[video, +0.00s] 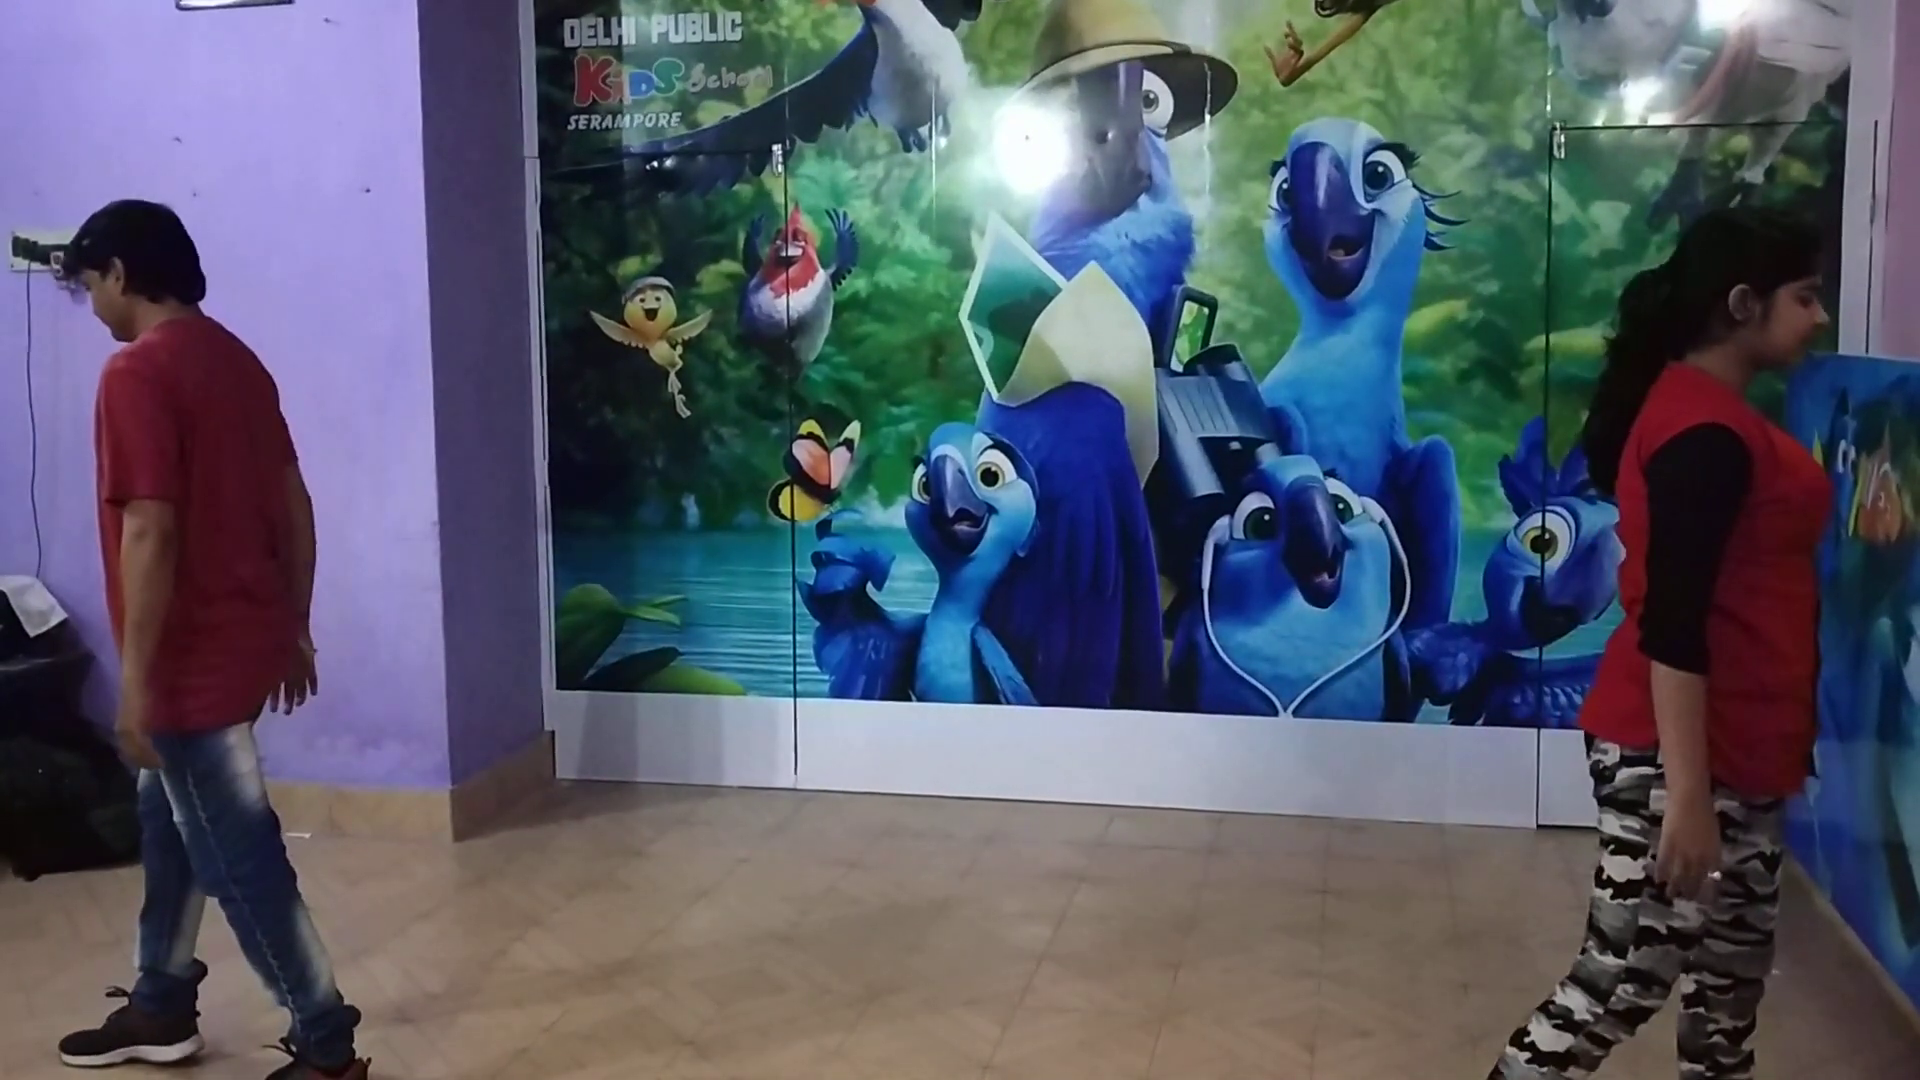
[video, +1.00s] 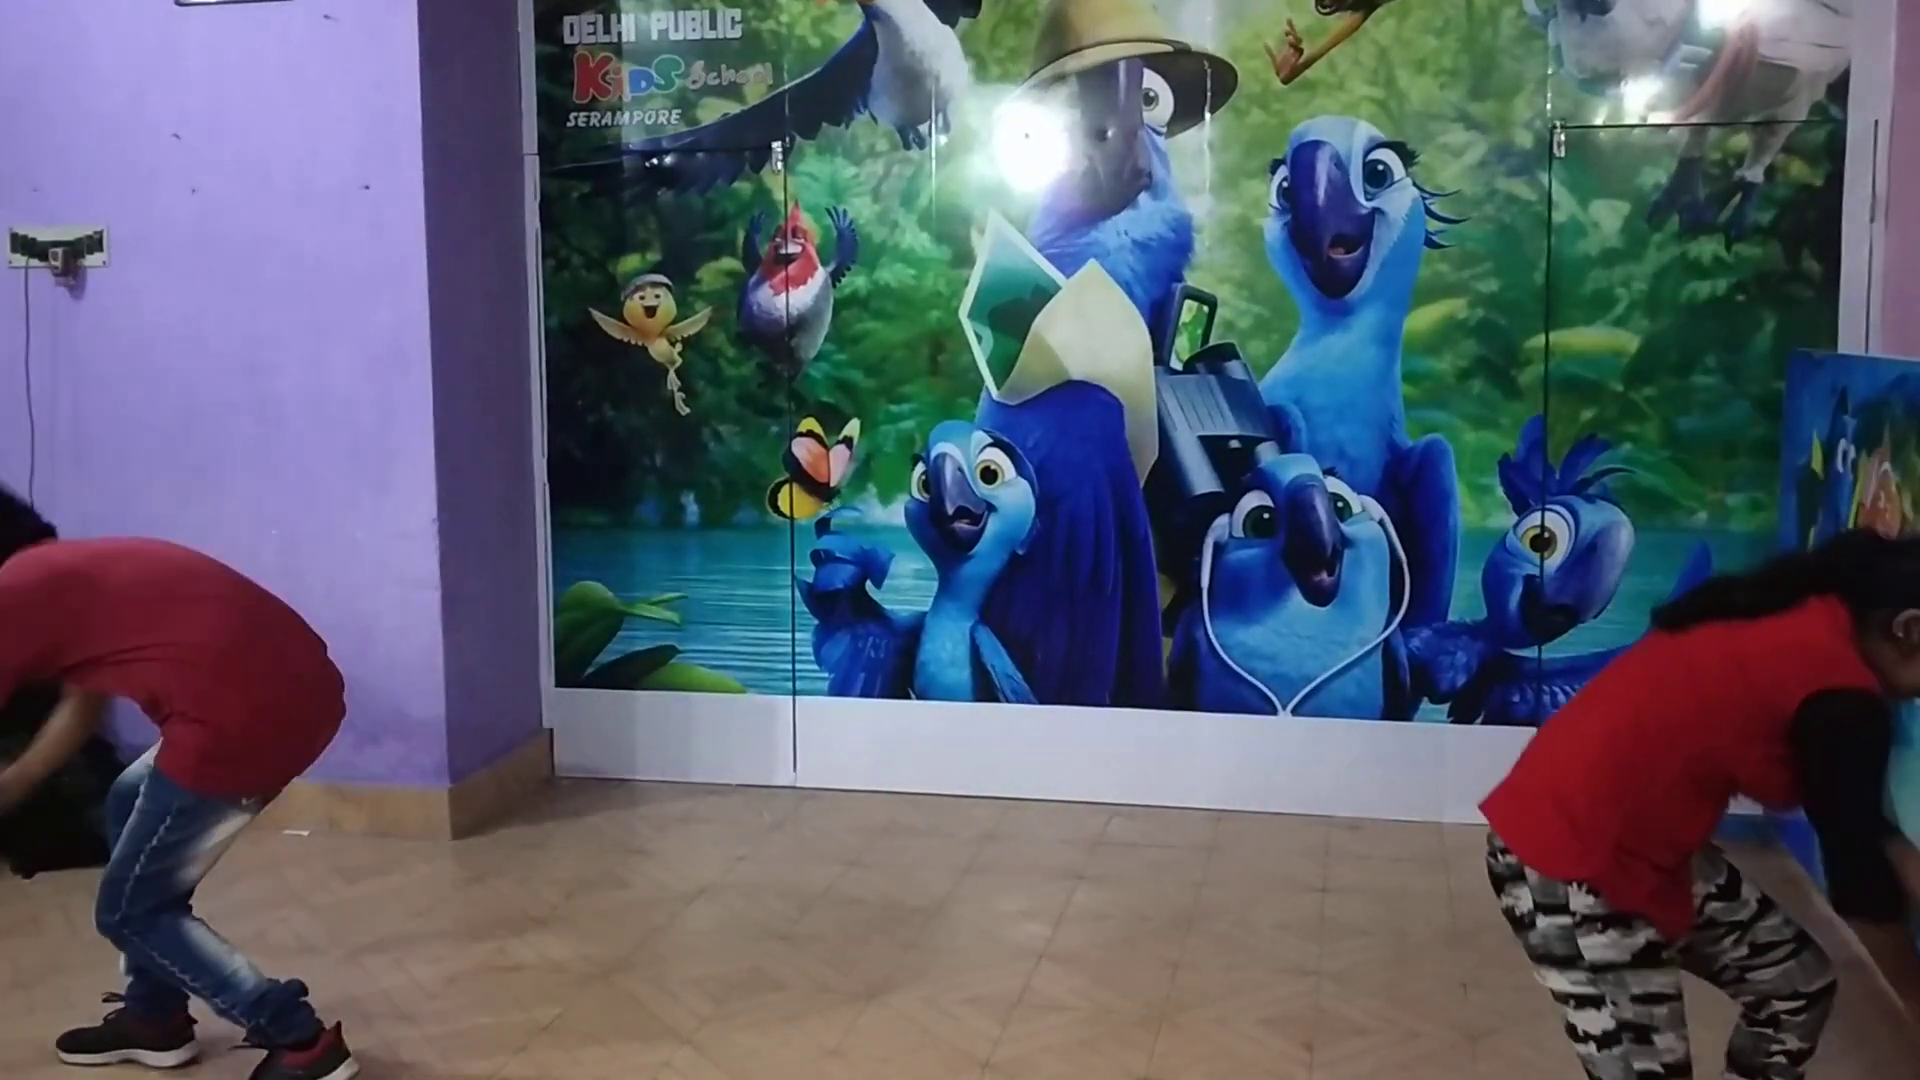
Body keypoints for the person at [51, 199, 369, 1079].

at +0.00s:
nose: (89, 304)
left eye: (88, 284)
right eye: (84, 287)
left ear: (121, 273)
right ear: (174, 271)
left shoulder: (139, 371)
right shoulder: (240, 360)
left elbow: (150, 528)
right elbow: (292, 503)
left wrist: (135, 685)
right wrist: (296, 625)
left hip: (182, 655)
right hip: (241, 639)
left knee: (241, 855)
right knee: (169, 820)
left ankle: (326, 1043)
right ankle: (161, 1008)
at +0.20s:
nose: (88, 304)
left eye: (87, 285)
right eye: (83, 287)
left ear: (118, 274)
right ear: (173, 272)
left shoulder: (134, 372)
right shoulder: (242, 363)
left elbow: (146, 525)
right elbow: (297, 499)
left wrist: (134, 682)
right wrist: (305, 621)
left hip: (181, 654)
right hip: (246, 637)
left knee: (237, 860)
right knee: (170, 828)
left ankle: (327, 1047)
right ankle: (162, 1011)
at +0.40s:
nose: (89, 307)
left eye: (87, 287)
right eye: (82, 290)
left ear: (118, 277)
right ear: (176, 274)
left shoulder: (140, 373)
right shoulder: (248, 361)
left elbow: (187, 508)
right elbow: (320, 488)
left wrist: (214, 650)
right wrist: (345, 603)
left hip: (158, 666)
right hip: (223, 650)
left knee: (226, 858)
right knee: (139, 812)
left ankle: (326, 1044)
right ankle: (160, 1012)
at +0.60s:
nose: (56, 307)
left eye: (61, 291)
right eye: (57, 291)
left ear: (92, 297)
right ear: (148, 299)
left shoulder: (89, 398)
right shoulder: (208, 386)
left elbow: (107, 516)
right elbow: (301, 481)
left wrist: (120, 631)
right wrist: (396, 549)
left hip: (154, 664)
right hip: (225, 648)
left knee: (177, 901)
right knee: (105, 810)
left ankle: (317, 1045)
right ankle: (153, 1011)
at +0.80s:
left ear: (4, 418)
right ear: (59, 413)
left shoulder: (20, 504)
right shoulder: (112, 478)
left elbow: (9, 609)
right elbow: (180, 568)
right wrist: (261, 600)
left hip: (213, 708)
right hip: (270, 677)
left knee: (128, 912)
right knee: (108, 803)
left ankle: (297, 1034)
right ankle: (153, 1015)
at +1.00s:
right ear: (28, 532)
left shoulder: (15, 596)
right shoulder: (83, 573)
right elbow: (80, 708)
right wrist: (13, 783)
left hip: (239, 716)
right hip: (302, 685)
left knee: (132, 914)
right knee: (129, 800)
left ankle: (303, 1040)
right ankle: (154, 1017)